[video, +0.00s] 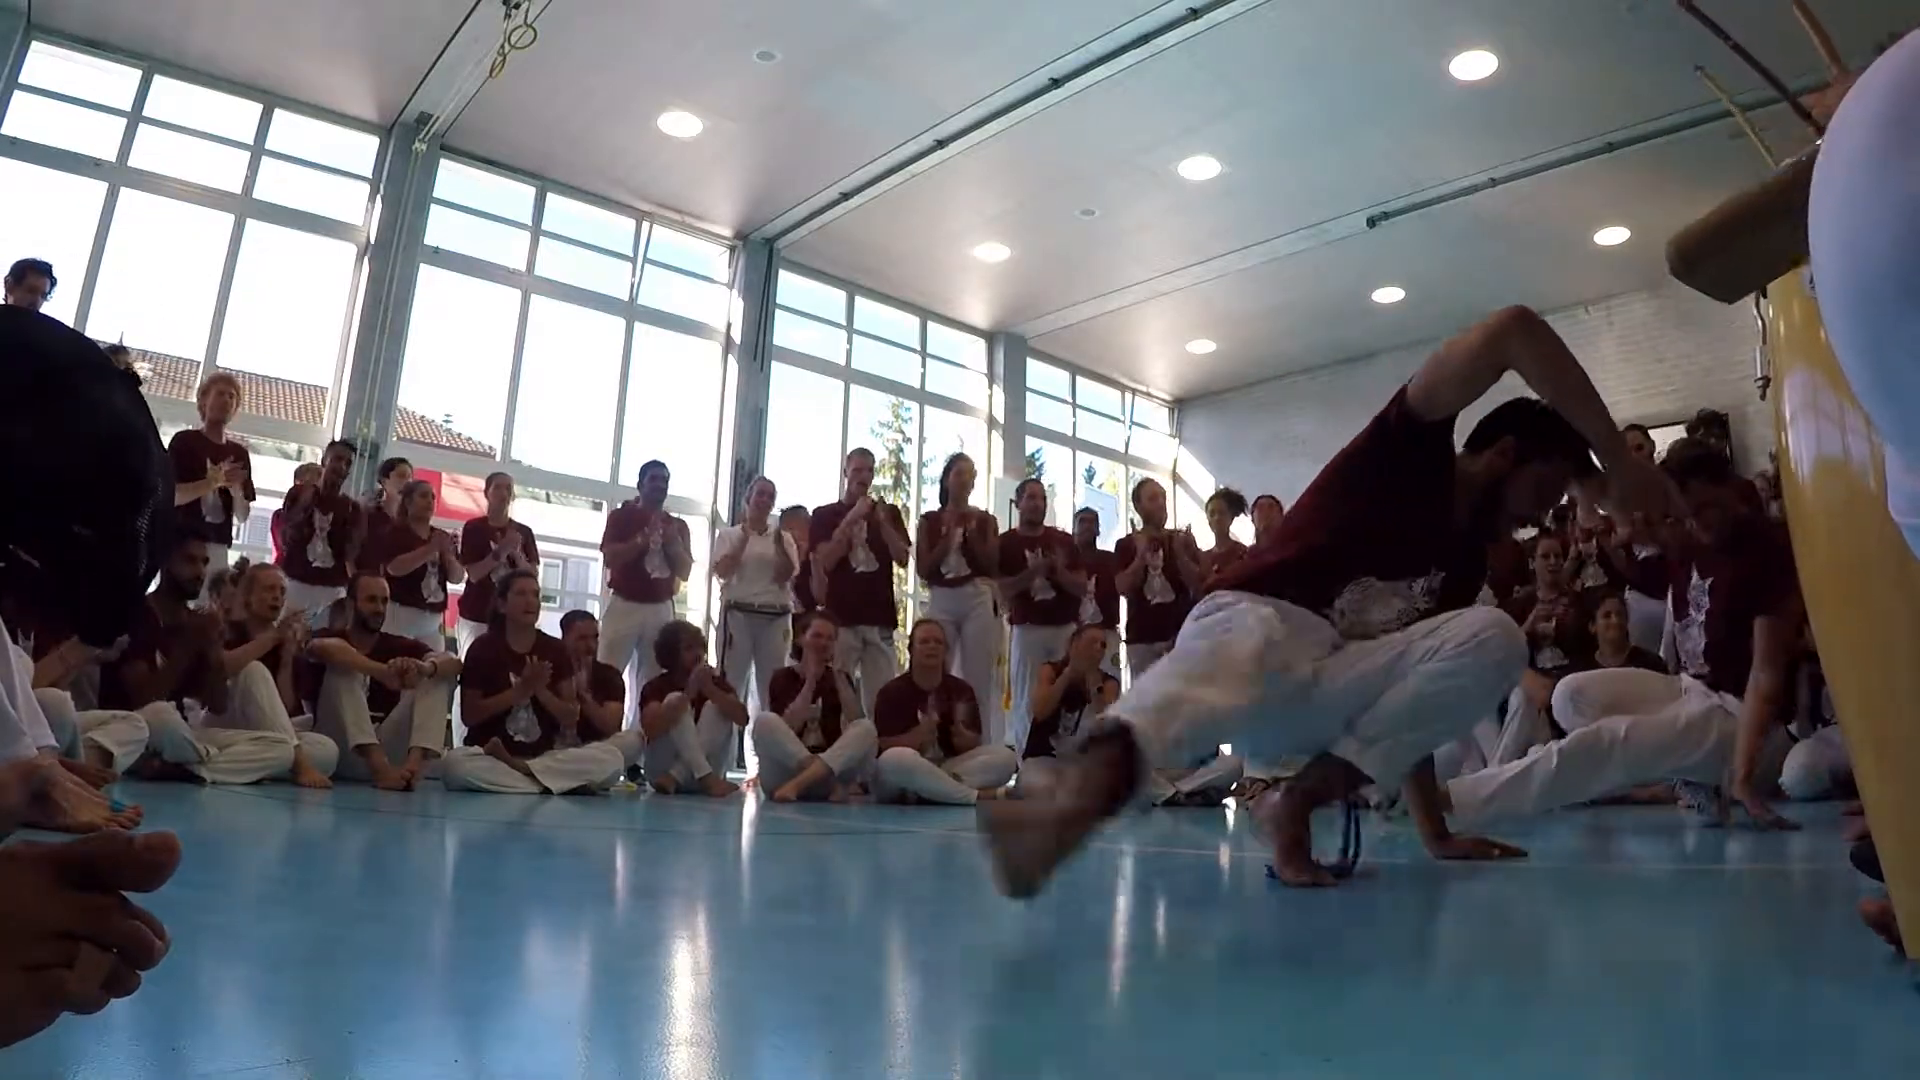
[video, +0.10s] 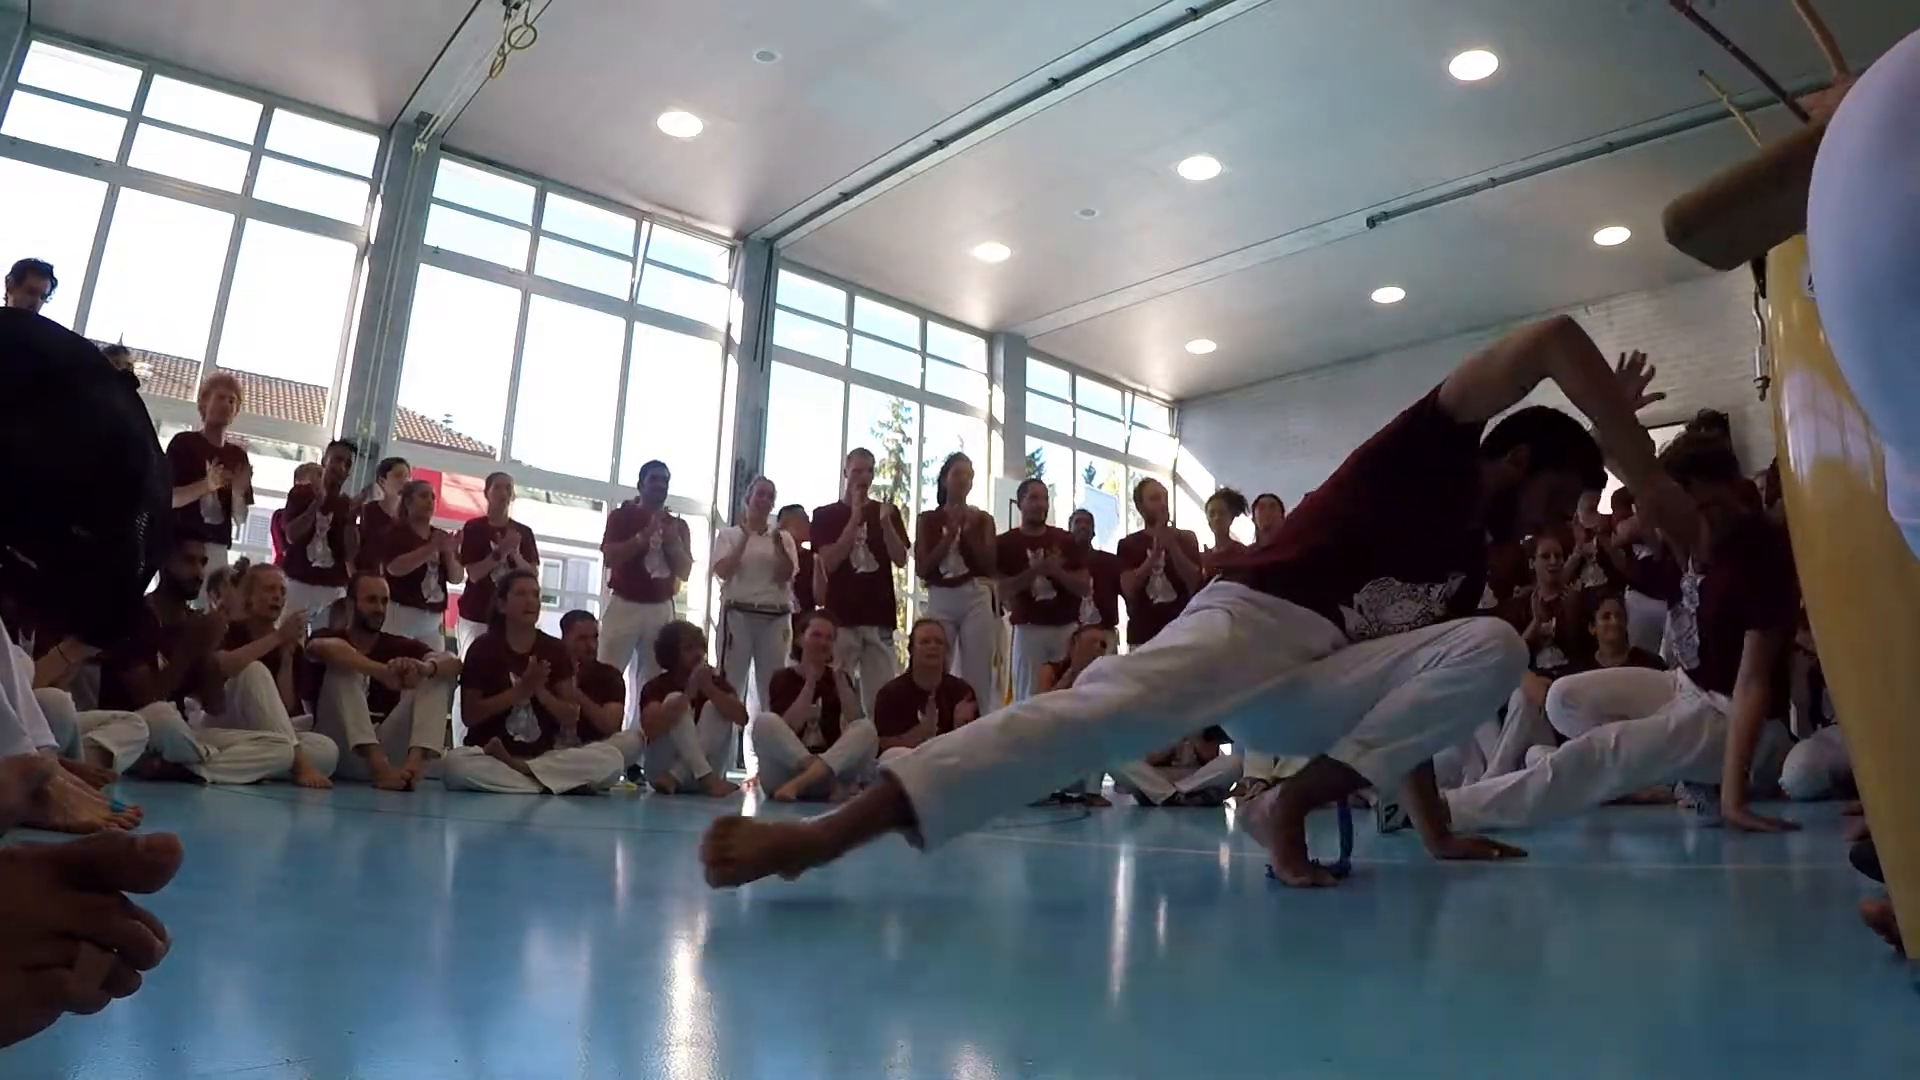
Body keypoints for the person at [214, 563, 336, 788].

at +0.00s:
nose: (278, 597)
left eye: (282, 591)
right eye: (269, 589)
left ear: (285, 598)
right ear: (247, 595)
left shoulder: (285, 642)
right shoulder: (227, 631)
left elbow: (287, 708)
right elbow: (222, 667)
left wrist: (288, 655)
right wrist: (274, 637)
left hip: (269, 729)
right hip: (224, 724)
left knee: (327, 751)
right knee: (254, 671)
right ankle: (298, 762)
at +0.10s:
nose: (198, 571)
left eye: (203, 563)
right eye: (188, 561)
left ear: (207, 567)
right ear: (164, 561)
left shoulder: (198, 622)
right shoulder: (136, 613)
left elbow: (213, 704)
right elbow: (144, 696)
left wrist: (207, 648)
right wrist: (192, 645)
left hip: (179, 733)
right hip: (132, 730)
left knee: (284, 748)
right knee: (162, 714)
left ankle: (184, 770)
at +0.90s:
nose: (189, 579)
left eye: (193, 569)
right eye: (178, 570)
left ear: (197, 570)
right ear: (155, 570)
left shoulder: (194, 623)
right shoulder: (128, 618)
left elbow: (212, 706)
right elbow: (138, 702)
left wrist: (202, 652)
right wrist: (188, 651)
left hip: (182, 731)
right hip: (131, 732)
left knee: (283, 752)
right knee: (161, 716)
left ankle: (186, 771)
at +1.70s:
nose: (188, 581)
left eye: (192, 570)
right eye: (176, 571)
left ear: (197, 570)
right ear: (153, 571)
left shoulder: (195, 622)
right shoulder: (129, 617)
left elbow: (208, 707)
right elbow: (135, 703)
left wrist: (200, 652)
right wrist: (183, 651)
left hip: (182, 732)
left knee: (284, 751)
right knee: (162, 716)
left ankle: (187, 772)